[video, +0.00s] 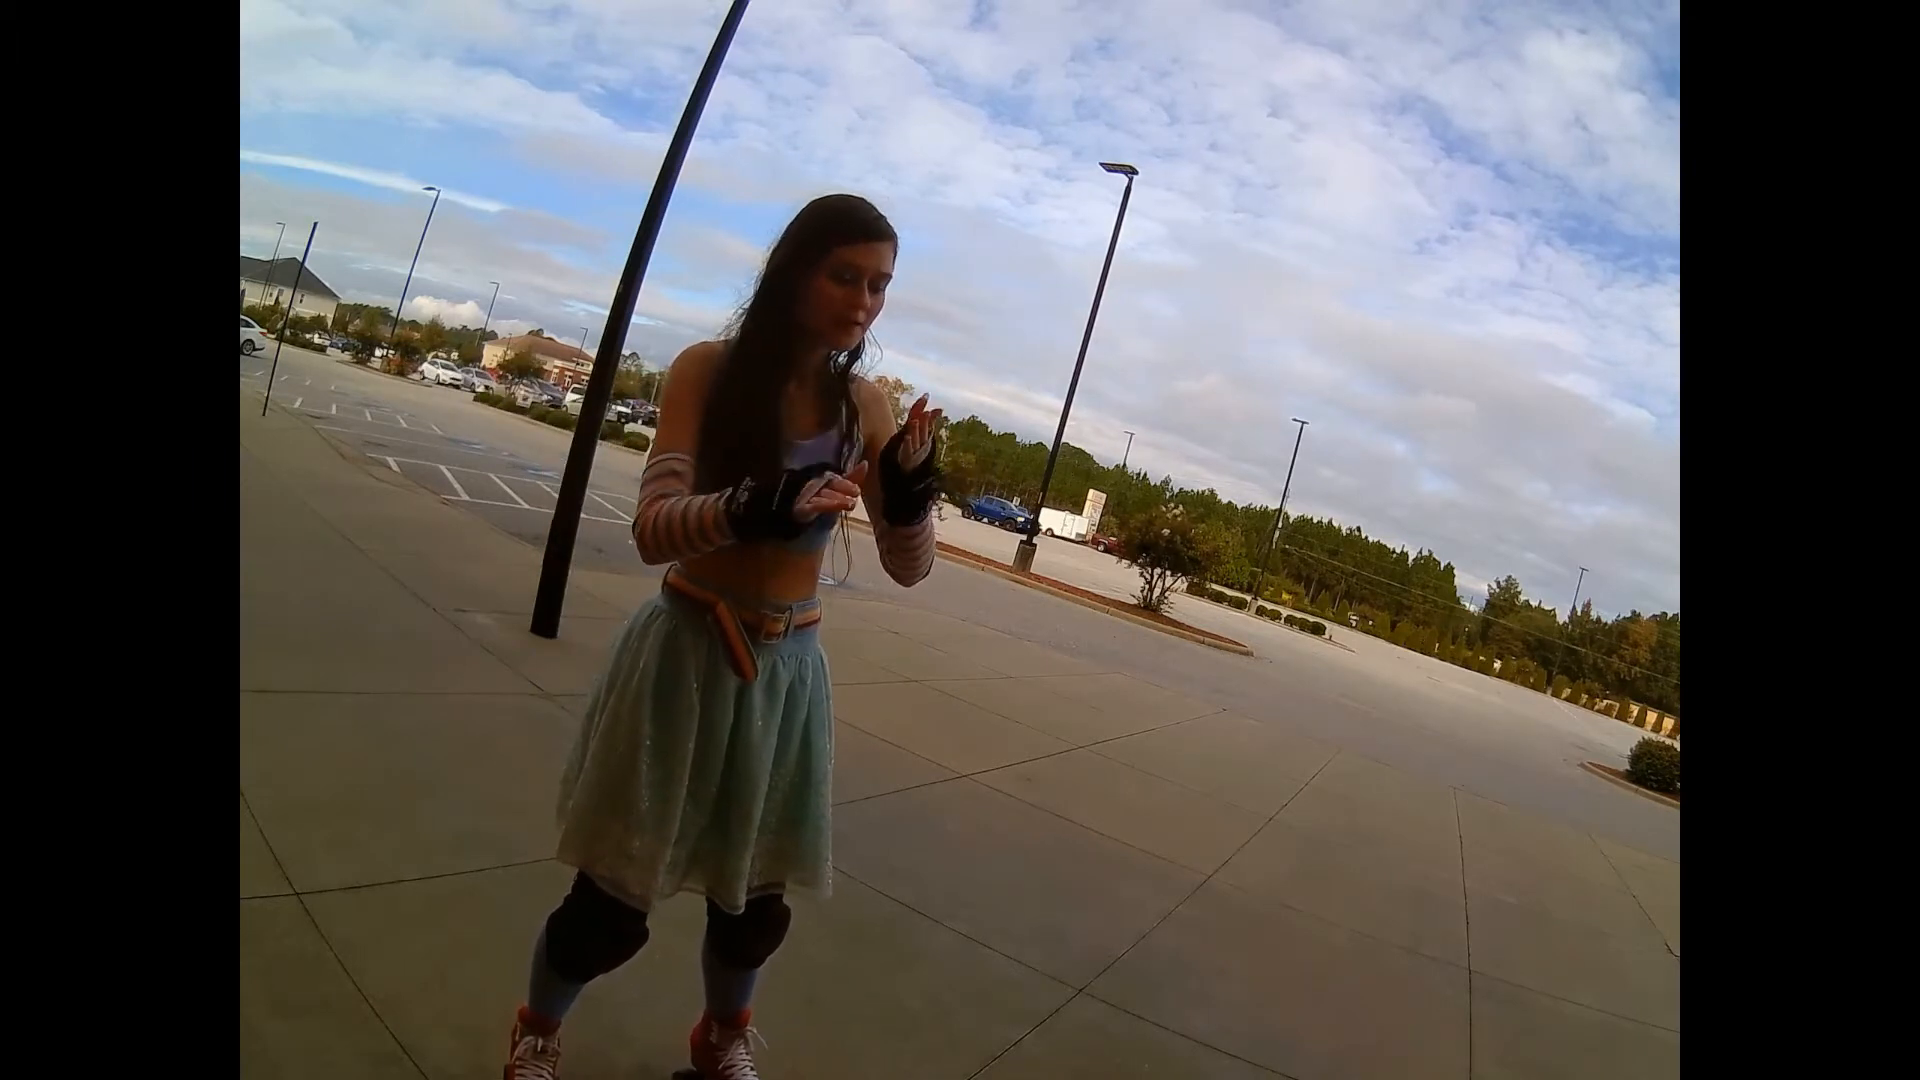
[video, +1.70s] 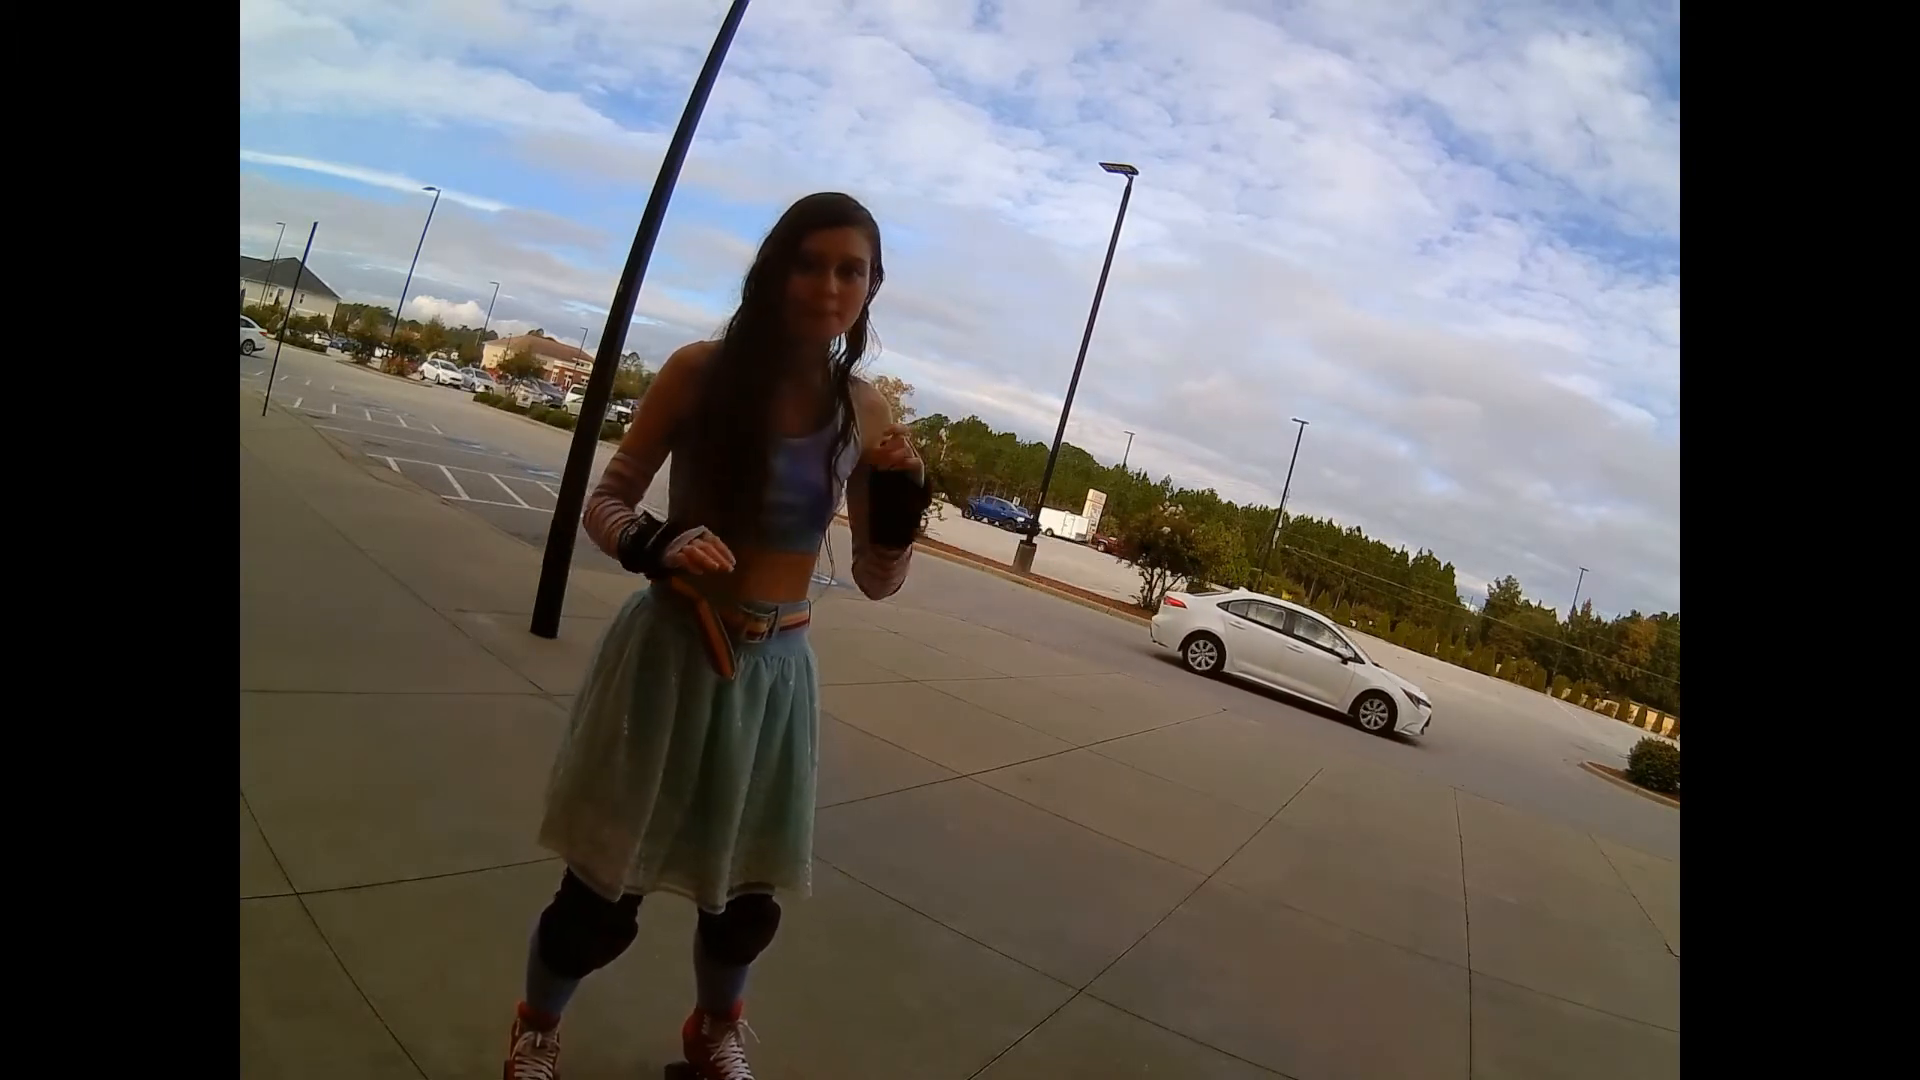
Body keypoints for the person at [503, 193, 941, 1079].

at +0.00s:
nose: (866, 302)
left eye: (880, 286)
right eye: (848, 279)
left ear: (886, 295)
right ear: (794, 274)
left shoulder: (871, 406)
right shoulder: (707, 372)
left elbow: (908, 567)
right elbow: (654, 525)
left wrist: (910, 482)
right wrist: (765, 508)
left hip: (789, 669)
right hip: (686, 651)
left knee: (757, 904)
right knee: (614, 905)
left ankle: (722, 1037)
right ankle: (536, 1034)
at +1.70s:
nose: (828, 288)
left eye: (850, 272)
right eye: (810, 266)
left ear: (871, 290)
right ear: (774, 270)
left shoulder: (862, 410)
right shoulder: (699, 373)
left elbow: (878, 578)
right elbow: (604, 503)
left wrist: (895, 483)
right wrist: (655, 547)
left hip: (776, 668)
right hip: (671, 650)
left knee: (747, 901)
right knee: (602, 895)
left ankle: (714, 1037)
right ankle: (535, 1037)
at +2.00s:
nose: (793, 286)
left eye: (818, 270)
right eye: (778, 264)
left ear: (851, 290)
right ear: (750, 271)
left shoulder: (857, 412)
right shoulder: (685, 369)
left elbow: (833, 553)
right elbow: (599, 508)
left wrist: (816, 670)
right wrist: (545, 635)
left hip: (765, 673)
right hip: (650, 648)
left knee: (742, 905)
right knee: (594, 897)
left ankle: (712, 1039)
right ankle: (536, 1034)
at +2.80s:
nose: (856, 314)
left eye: (880, 297)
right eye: (840, 291)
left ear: (911, 315)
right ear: (813, 295)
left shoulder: (872, 426)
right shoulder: (737, 382)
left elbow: (812, 568)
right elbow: (660, 529)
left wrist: (838, 682)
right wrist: (643, 669)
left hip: (798, 679)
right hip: (695, 667)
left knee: (749, 897)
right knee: (614, 914)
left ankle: (707, 1033)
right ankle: (540, 1043)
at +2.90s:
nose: (857, 317)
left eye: (881, 301)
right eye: (842, 294)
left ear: (911, 319)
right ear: (815, 297)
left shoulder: (879, 430)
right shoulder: (739, 382)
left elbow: (822, 571)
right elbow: (669, 528)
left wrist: (840, 688)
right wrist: (647, 664)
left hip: (801, 680)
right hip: (697, 664)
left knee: (754, 884)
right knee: (614, 877)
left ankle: (708, 1033)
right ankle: (549, 1048)